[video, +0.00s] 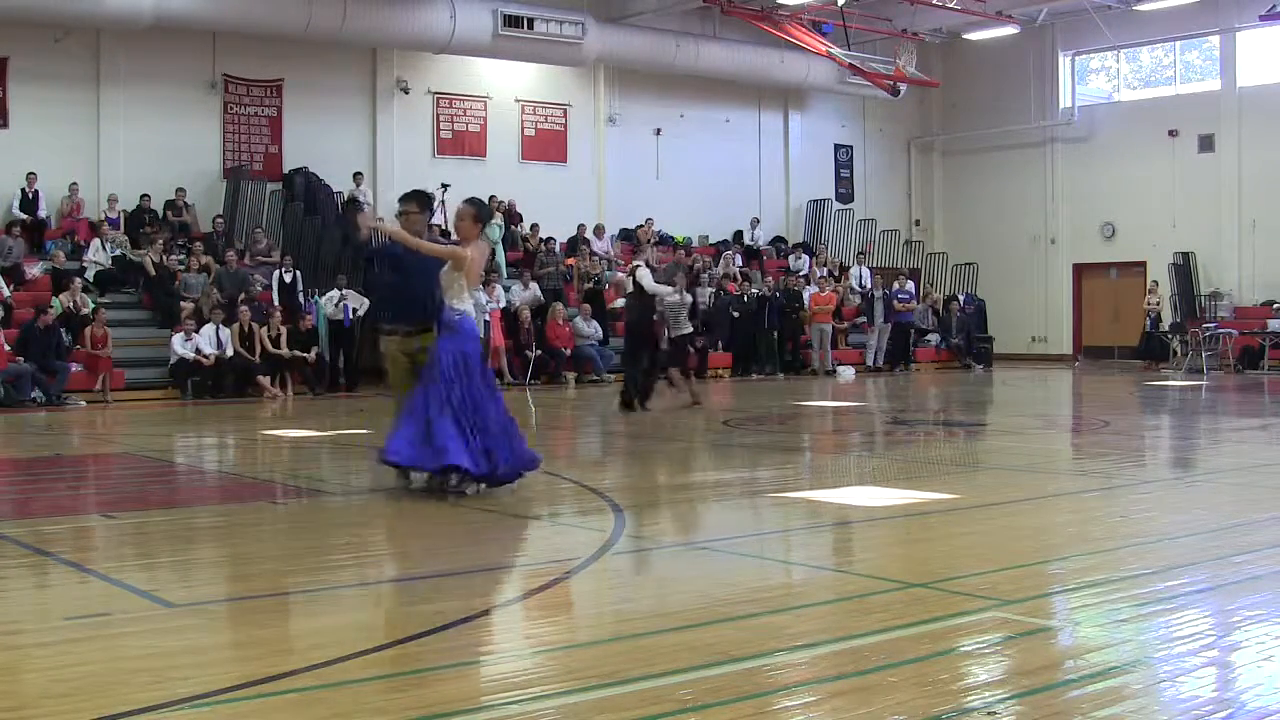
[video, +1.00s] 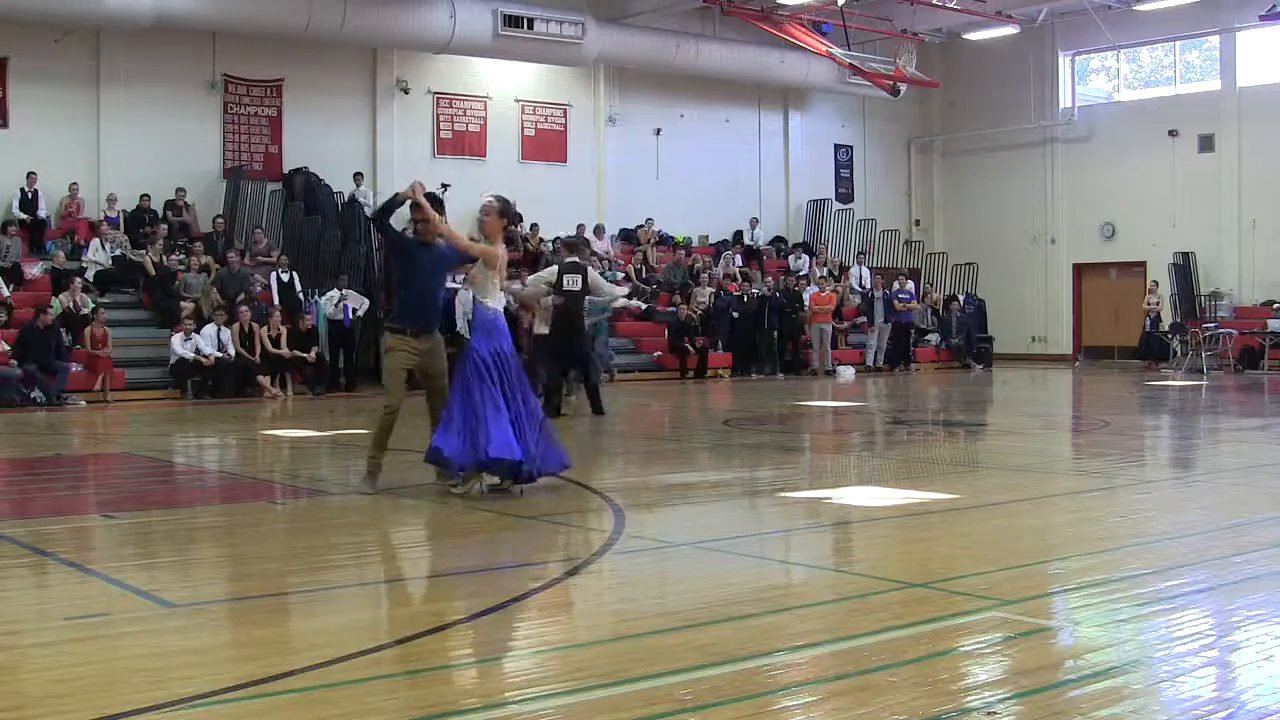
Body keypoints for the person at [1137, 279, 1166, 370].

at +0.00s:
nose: (1152, 288)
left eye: (1153, 286)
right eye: (1150, 286)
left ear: (1157, 287)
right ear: (1149, 287)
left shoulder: (1160, 297)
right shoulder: (1148, 296)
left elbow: (1160, 308)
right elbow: (1144, 306)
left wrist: (1149, 308)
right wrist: (1154, 307)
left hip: (1156, 318)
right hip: (1149, 318)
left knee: (1156, 338)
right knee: (1148, 338)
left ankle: (1156, 361)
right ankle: (1148, 361)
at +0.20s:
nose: (1152, 288)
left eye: (1153, 286)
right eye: (1150, 286)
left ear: (1157, 287)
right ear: (1149, 287)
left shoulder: (1160, 297)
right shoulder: (1148, 296)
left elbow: (1160, 308)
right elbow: (1144, 306)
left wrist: (1149, 308)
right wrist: (1154, 307)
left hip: (1156, 318)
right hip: (1149, 318)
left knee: (1156, 338)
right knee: (1148, 338)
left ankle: (1156, 361)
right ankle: (1148, 361)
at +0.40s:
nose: (1152, 288)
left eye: (1154, 286)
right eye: (1151, 286)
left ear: (1157, 287)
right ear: (1149, 287)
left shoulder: (1160, 297)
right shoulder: (1148, 297)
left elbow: (1160, 308)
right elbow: (1144, 306)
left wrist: (1150, 308)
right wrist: (1153, 307)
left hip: (1157, 318)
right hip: (1149, 318)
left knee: (1156, 338)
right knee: (1148, 337)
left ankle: (1155, 361)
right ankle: (1148, 361)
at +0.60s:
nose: (1152, 288)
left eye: (1154, 286)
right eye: (1151, 286)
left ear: (1157, 287)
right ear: (1149, 287)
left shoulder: (1160, 297)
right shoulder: (1147, 297)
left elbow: (1160, 308)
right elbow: (1144, 306)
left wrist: (1150, 308)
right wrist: (1153, 307)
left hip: (1157, 318)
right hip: (1149, 318)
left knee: (1156, 338)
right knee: (1148, 338)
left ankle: (1155, 361)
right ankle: (1148, 361)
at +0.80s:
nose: (1152, 288)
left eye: (1154, 286)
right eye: (1151, 286)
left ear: (1157, 287)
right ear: (1149, 287)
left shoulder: (1160, 297)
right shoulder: (1147, 297)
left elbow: (1160, 308)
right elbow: (1144, 306)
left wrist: (1150, 308)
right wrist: (1153, 307)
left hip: (1157, 318)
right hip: (1149, 318)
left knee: (1156, 338)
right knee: (1148, 338)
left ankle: (1155, 361)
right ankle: (1148, 361)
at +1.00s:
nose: (1151, 288)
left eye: (1153, 286)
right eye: (1150, 286)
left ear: (1157, 287)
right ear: (1149, 287)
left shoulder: (1160, 296)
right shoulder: (1147, 297)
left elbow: (1160, 308)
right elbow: (1144, 306)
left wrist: (1149, 308)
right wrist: (1154, 307)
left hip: (1156, 318)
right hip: (1149, 317)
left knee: (1156, 338)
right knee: (1148, 337)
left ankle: (1155, 361)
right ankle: (1148, 360)